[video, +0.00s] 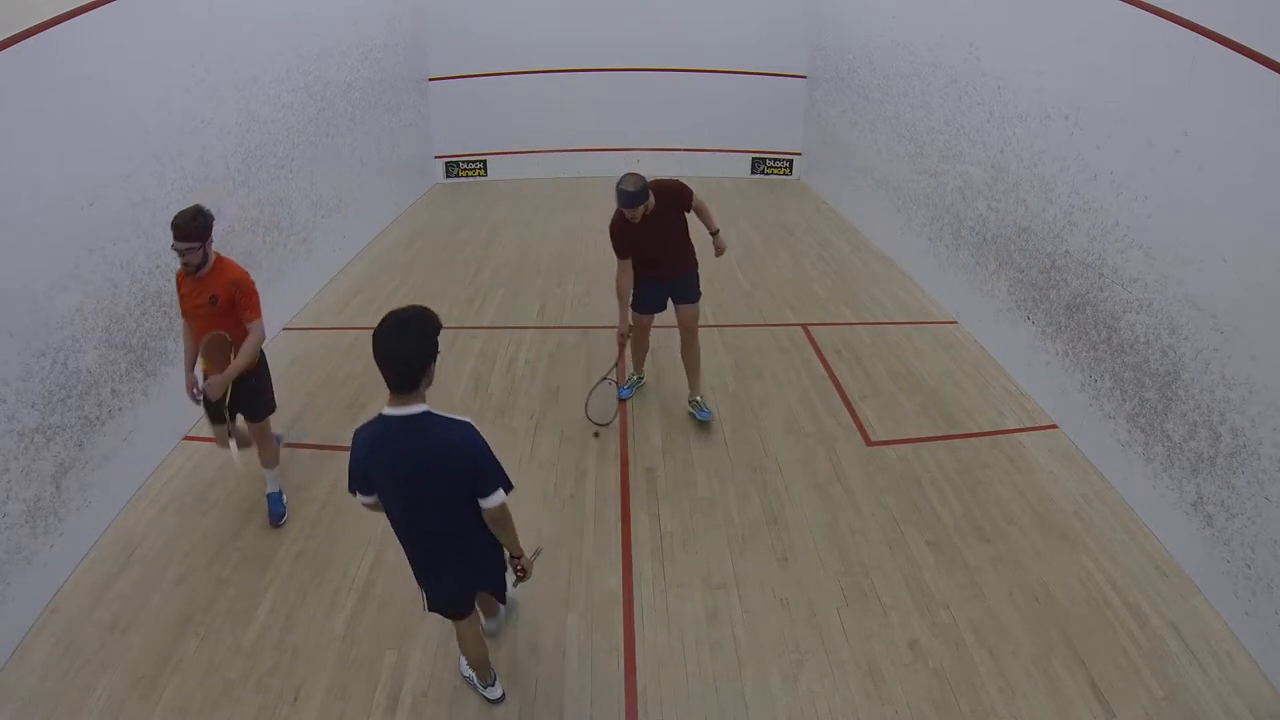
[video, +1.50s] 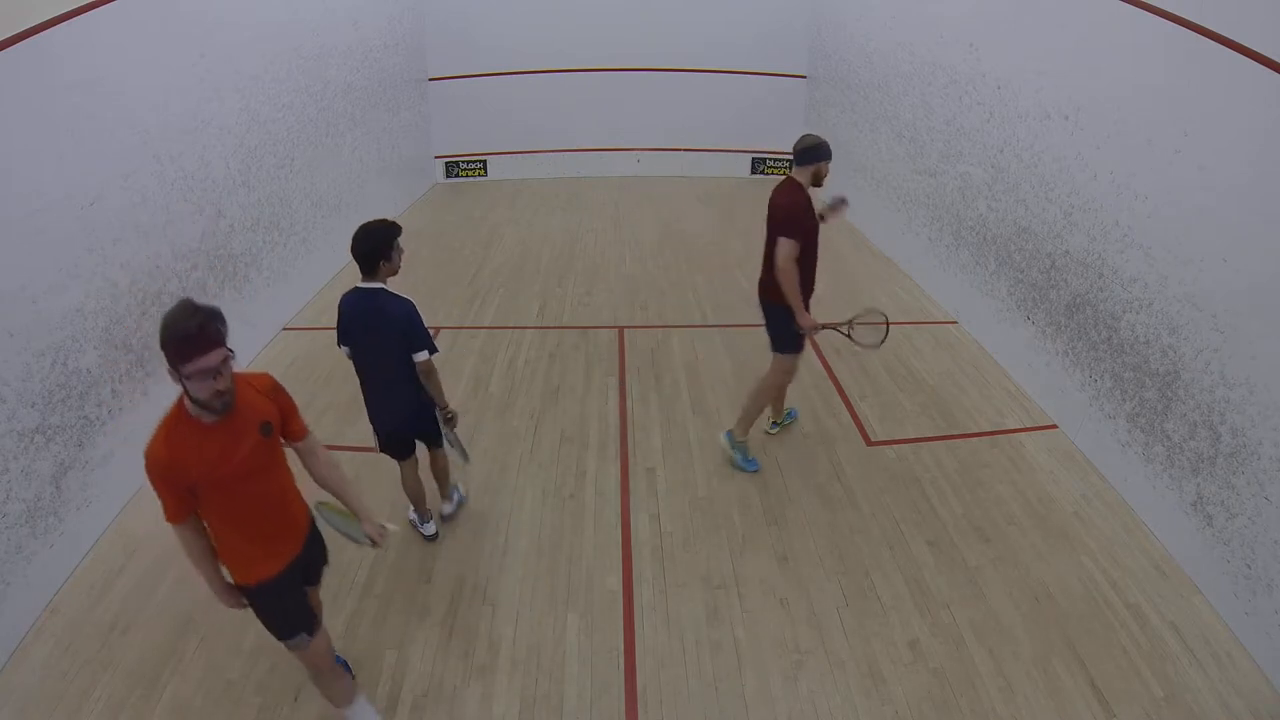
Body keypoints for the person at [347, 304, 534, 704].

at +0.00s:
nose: (438, 364)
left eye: (436, 355)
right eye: (437, 357)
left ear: (382, 367)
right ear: (430, 370)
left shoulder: (367, 438)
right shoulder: (459, 435)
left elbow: (369, 500)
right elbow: (495, 510)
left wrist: (408, 505)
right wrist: (516, 551)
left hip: (425, 554)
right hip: (474, 543)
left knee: (463, 618)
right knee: (484, 579)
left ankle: (487, 683)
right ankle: (492, 615)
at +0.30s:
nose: (446, 335)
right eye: (445, 329)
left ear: (394, 337)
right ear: (440, 343)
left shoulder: (374, 402)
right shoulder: (464, 399)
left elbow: (362, 465)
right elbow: (483, 473)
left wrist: (387, 508)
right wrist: (498, 520)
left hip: (421, 514)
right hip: (467, 504)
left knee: (445, 581)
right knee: (474, 542)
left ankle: (475, 658)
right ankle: (478, 583)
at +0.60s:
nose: (442, 306)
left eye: (438, 298)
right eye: (441, 300)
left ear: (395, 308)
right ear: (436, 311)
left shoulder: (378, 363)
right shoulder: (457, 364)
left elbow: (385, 433)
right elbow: (482, 424)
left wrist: (437, 446)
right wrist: (494, 451)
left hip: (414, 472)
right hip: (460, 470)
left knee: (426, 516)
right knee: (466, 525)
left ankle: (447, 574)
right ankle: (477, 581)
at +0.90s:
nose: (423, 293)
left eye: (422, 285)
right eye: (422, 286)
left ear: (381, 294)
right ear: (414, 295)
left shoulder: (370, 349)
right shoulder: (439, 343)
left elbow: (378, 415)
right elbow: (469, 400)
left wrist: (389, 466)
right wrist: (477, 422)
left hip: (408, 447)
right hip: (448, 441)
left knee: (420, 492)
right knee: (460, 512)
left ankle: (426, 525)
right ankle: (477, 578)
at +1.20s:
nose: (407, 271)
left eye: (405, 264)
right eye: (404, 265)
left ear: (364, 274)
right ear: (392, 274)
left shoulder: (351, 321)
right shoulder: (412, 320)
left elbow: (352, 366)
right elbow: (439, 374)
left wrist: (382, 374)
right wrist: (455, 399)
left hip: (387, 420)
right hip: (425, 414)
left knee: (409, 470)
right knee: (453, 475)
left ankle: (425, 522)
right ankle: (469, 547)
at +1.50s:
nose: (402, 256)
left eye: (400, 249)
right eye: (398, 251)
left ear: (363, 261)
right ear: (385, 261)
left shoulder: (348, 303)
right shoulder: (401, 308)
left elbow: (350, 353)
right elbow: (425, 367)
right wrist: (443, 405)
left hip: (380, 405)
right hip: (414, 399)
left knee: (406, 462)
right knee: (435, 448)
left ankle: (425, 521)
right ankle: (448, 499)